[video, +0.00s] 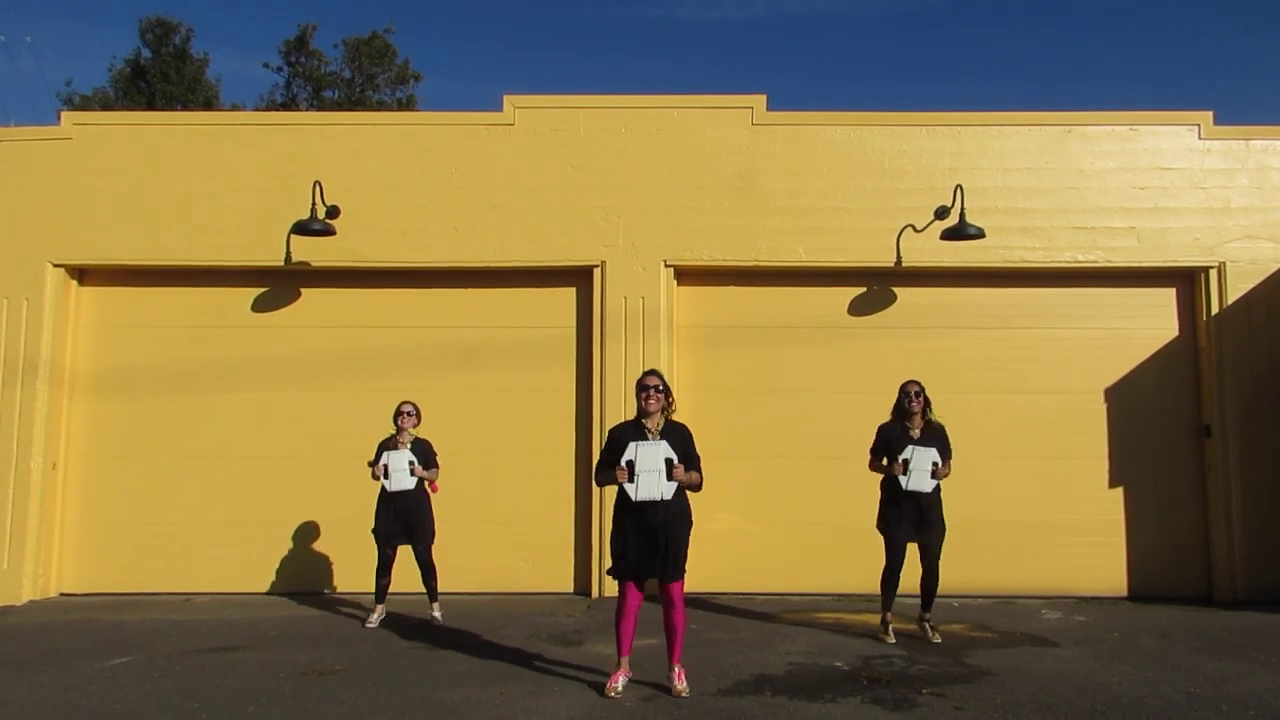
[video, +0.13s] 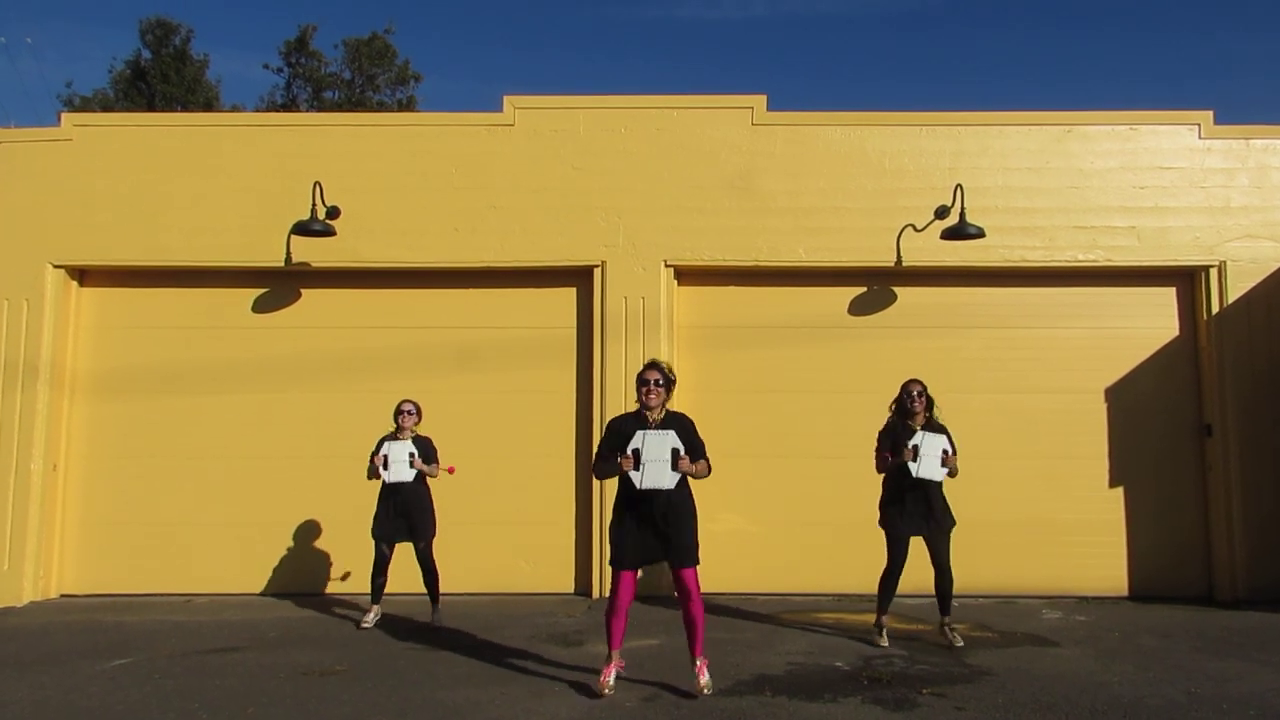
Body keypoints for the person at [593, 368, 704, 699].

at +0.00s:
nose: (650, 394)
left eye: (657, 390)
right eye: (645, 389)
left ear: (667, 396)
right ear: (637, 395)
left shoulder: (680, 433)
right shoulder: (621, 433)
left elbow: (697, 481)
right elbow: (600, 476)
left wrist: (683, 476)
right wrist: (616, 474)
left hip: (672, 529)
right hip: (631, 529)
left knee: (673, 597)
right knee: (629, 598)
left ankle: (676, 668)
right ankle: (622, 667)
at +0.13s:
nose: (650, 389)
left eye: (657, 384)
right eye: (644, 384)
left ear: (668, 389)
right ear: (637, 389)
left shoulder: (681, 424)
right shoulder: (620, 426)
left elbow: (704, 467)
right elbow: (598, 469)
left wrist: (690, 467)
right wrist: (619, 465)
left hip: (676, 521)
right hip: (631, 522)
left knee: (689, 591)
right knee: (621, 593)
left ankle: (699, 663)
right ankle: (613, 661)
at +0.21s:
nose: (651, 402)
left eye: (658, 397)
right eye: (645, 397)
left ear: (671, 402)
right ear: (638, 401)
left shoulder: (681, 439)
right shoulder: (627, 438)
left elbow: (701, 479)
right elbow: (609, 480)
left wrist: (699, 475)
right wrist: (630, 471)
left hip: (678, 533)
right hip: (633, 533)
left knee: (700, 602)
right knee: (618, 608)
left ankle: (722, 676)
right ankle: (601, 675)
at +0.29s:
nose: (653, 416)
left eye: (660, 411)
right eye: (647, 411)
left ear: (672, 415)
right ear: (640, 415)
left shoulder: (681, 447)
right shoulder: (631, 449)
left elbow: (702, 482)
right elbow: (623, 482)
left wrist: (704, 458)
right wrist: (638, 469)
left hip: (679, 540)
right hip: (636, 541)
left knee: (701, 613)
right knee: (621, 614)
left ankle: (724, 683)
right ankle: (600, 679)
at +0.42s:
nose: (660, 393)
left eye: (667, 388)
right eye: (655, 388)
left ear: (678, 392)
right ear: (647, 393)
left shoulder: (694, 423)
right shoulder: (638, 430)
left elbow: (736, 433)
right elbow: (626, 469)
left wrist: (741, 399)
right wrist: (608, 476)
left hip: (689, 522)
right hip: (647, 523)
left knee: (707, 593)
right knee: (628, 592)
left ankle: (728, 668)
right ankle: (608, 658)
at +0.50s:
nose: (665, 394)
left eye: (672, 389)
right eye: (660, 389)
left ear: (686, 392)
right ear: (653, 392)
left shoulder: (704, 417)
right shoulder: (647, 427)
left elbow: (741, 395)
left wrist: (755, 362)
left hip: (696, 515)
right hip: (654, 516)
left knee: (713, 594)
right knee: (636, 592)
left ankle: (731, 668)